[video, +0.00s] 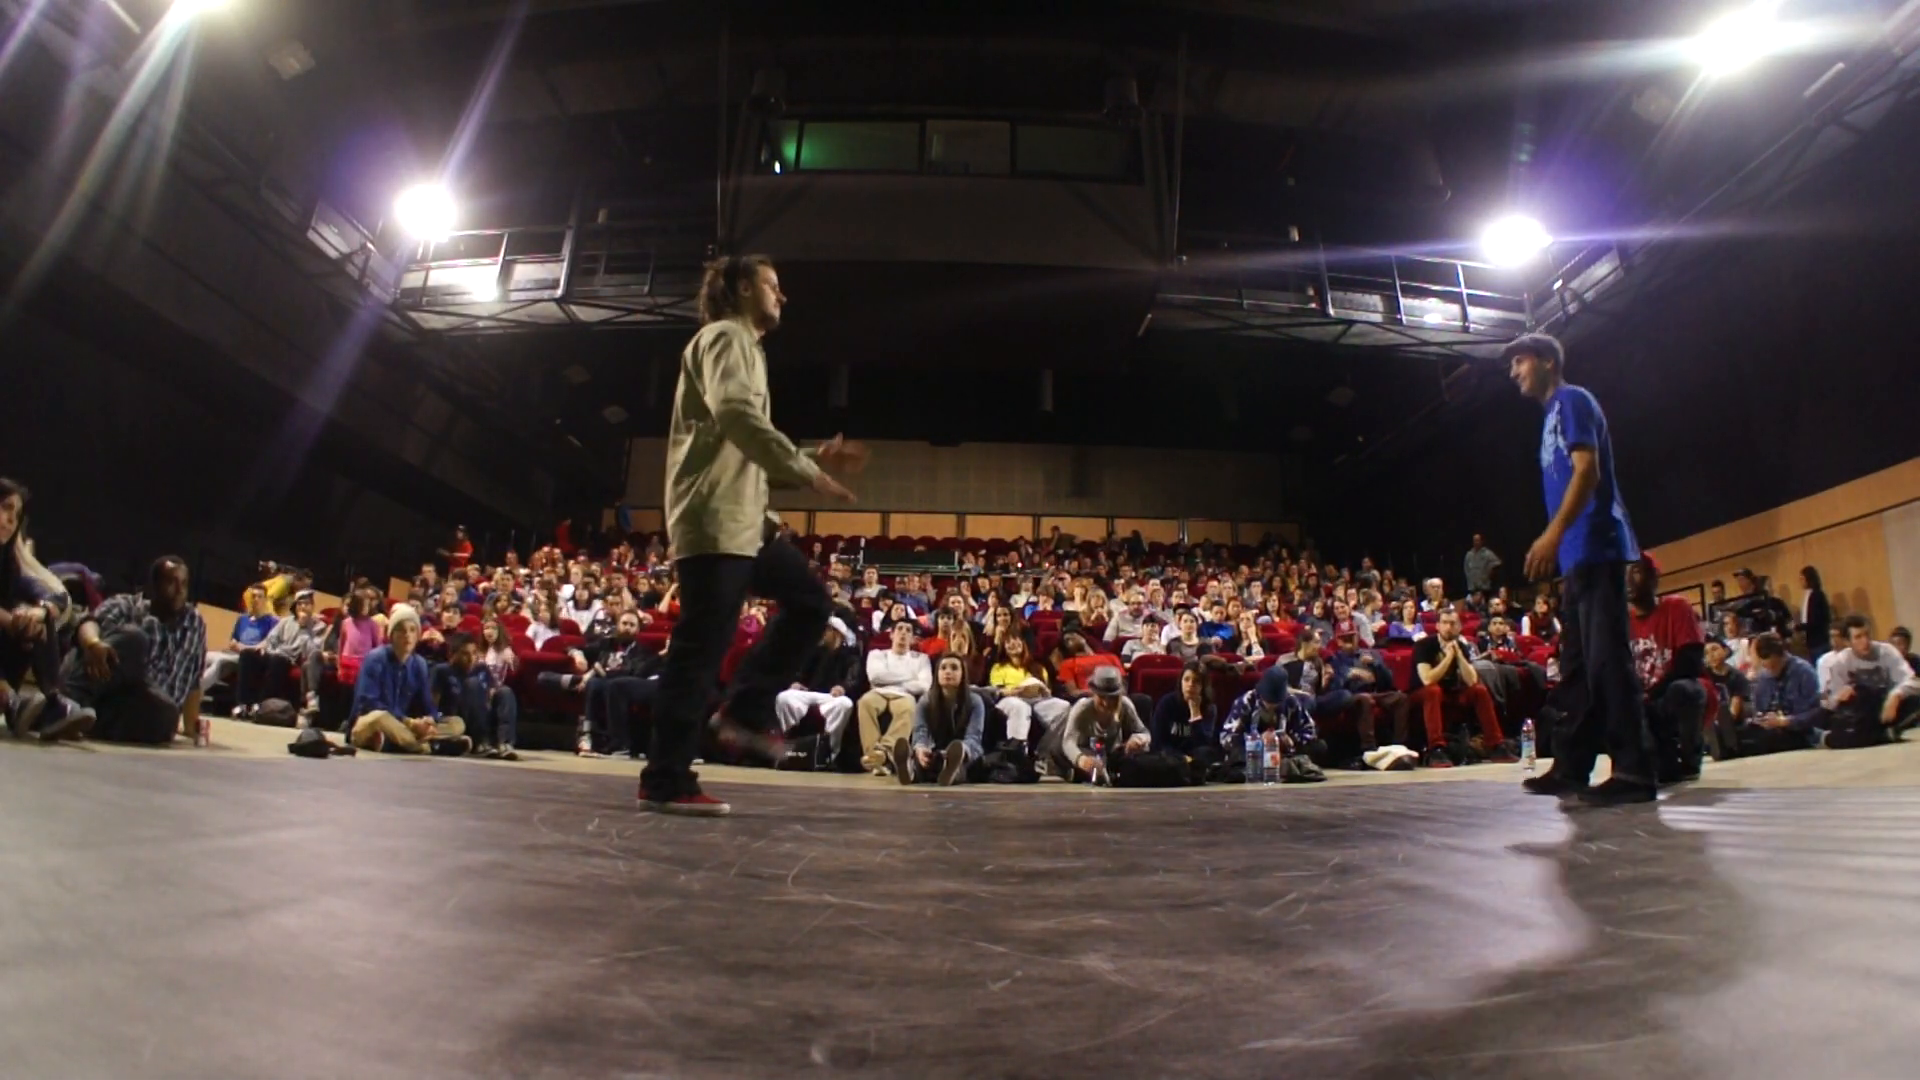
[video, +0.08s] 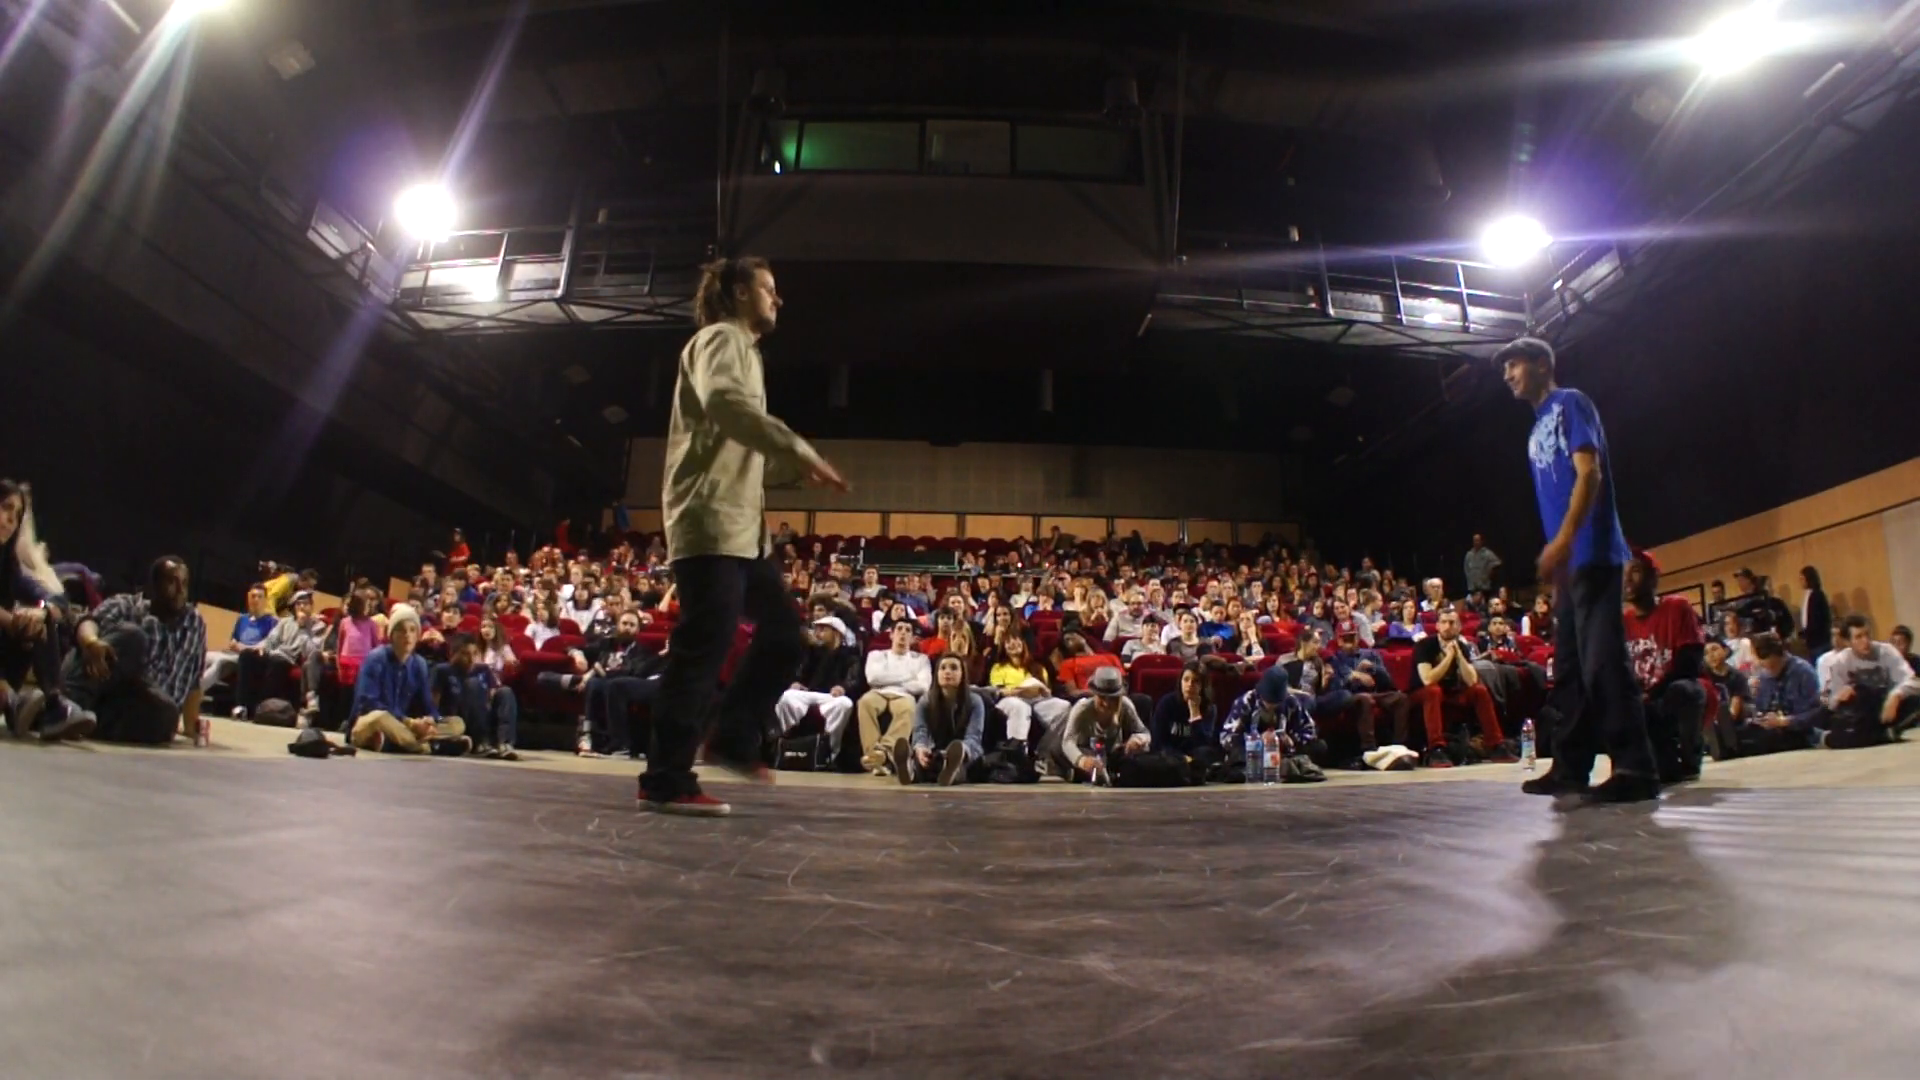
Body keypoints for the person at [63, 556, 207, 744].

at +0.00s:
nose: (179, 590)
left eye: (184, 584)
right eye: (172, 582)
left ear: (188, 588)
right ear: (156, 584)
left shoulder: (194, 624)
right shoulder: (128, 605)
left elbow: (193, 683)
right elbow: (89, 622)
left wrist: (191, 731)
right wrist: (92, 643)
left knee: (162, 720)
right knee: (133, 638)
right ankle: (69, 701)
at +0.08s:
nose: (180, 590)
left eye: (184, 584)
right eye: (172, 582)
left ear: (188, 588)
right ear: (156, 584)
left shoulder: (194, 625)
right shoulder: (128, 605)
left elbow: (193, 684)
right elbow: (88, 622)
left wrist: (192, 731)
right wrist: (90, 642)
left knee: (164, 719)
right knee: (131, 636)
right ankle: (69, 704)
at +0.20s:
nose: (180, 590)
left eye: (184, 584)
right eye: (172, 583)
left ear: (188, 588)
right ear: (156, 584)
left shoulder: (195, 625)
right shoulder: (128, 605)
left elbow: (193, 684)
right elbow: (87, 620)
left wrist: (192, 731)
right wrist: (88, 640)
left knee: (163, 718)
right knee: (129, 634)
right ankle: (70, 705)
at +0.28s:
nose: (180, 591)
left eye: (185, 585)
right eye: (172, 584)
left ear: (188, 588)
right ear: (156, 586)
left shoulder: (195, 625)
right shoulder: (129, 605)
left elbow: (193, 684)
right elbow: (86, 619)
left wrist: (192, 730)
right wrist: (86, 639)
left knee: (163, 714)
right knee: (126, 631)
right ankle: (69, 707)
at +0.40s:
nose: (180, 591)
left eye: (185, 585)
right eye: (172, 584)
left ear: (188, 588)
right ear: (155, 586)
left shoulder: (194, 626)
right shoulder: (128, 605)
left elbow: (193, 685)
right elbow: (85, 618)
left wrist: (191, 730)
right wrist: (83, 638)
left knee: (163, 717)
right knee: (124, 629)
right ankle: (68, 707)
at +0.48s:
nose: (179, 591)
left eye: (184, 585)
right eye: (171, 583)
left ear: (188, 588)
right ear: (155, 585)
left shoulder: (194, 625)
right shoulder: (129, 604)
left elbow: (193, 684)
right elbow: (81, 616)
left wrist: (191, 730)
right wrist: (82, 638)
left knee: (162, 717)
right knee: (122, 628)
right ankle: (68, 706)